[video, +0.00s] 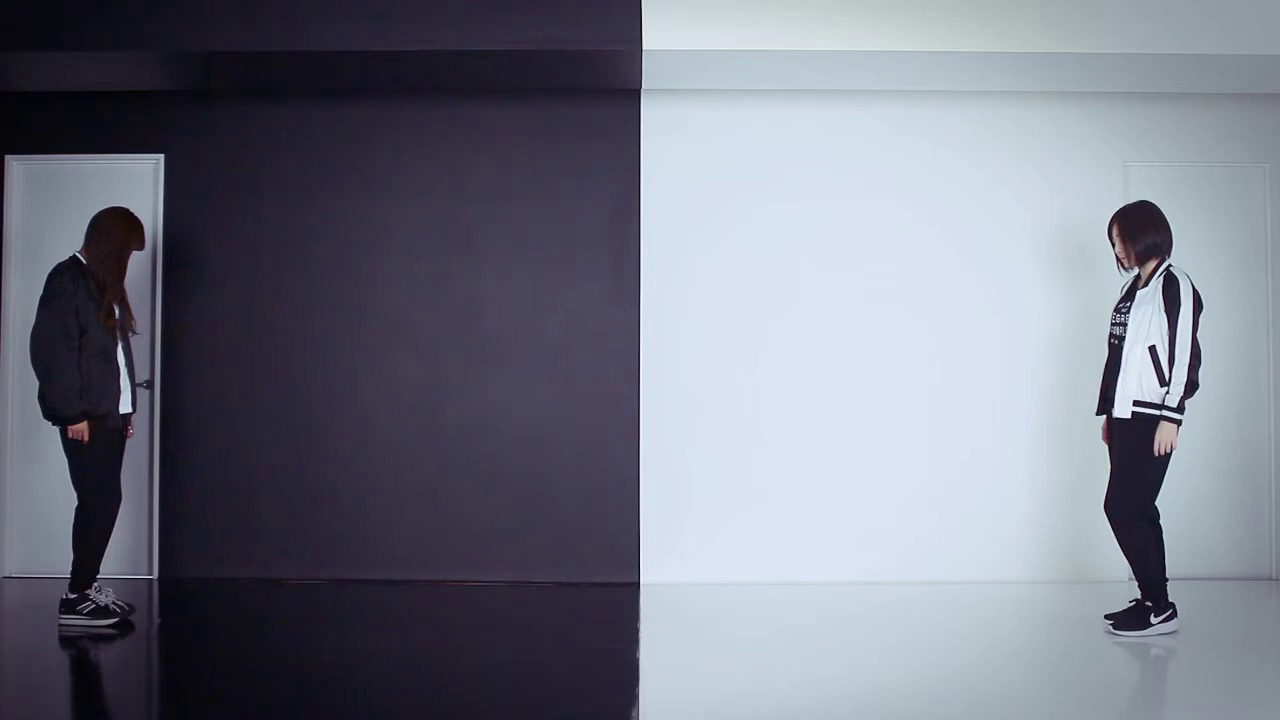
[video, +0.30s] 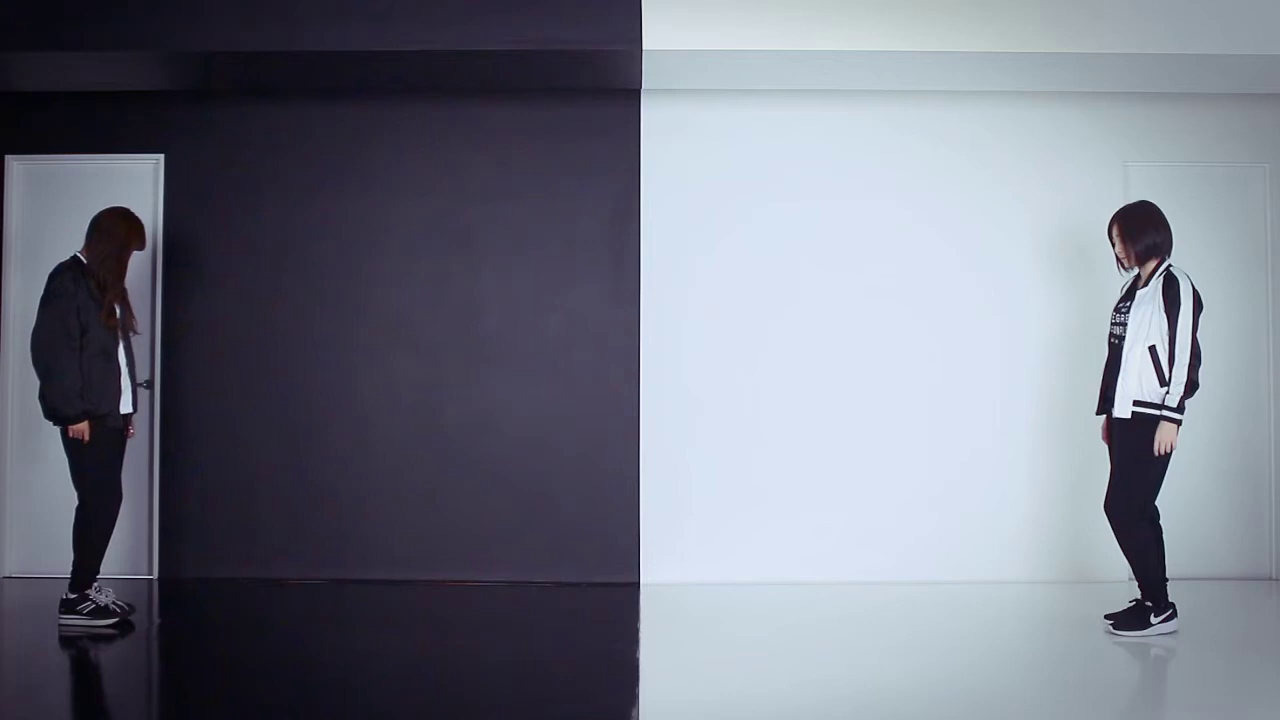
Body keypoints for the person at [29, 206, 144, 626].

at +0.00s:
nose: (128, 260)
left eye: (131, 252)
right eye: (127, 251)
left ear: (103, 241)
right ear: (110, 244)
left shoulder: (105, 284)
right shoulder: (67, 278)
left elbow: (114, 354)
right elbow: (50, 349)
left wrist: (125, 409)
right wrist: (71, 412)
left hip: (109, 415)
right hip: (84, 417)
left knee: (106, 499)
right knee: (97, 500)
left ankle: (86, 589)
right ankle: (77, 596)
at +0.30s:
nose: (129, 260)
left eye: (132, 252)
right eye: (127, 251)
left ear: (104, 241)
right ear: (110, 244)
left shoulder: (106, 283)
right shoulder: (68, 279)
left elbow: (115, 354)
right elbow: (51, 349)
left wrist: (126, 409)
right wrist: (72, 412)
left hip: (110, 415)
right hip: (85, 416)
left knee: (107, 499)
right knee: (98, 500)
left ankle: (87, 589)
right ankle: (77, 596)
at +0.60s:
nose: (130, 259)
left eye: (133, 252)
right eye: (128, 250)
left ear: (106, 241)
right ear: (112, 244)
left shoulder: (108, 284)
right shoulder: (70, 278)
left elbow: (117, 354)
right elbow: (53, 349)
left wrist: (128, 410)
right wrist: (74, 411)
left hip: (111, 415)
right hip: (86, 417)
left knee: (108, 499)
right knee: (99, 500)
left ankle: (87, 589)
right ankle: (78, 596)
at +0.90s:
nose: (131, 260)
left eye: (134, 252)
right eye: (130, 251)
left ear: (108, 242)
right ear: (113, 245)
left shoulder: (108, 284)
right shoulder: (71, 279)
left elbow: (118, 354)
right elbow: (54, 349)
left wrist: (128, 410)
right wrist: (74, 412)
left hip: (112, 416)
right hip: (87, 417)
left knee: (108, 499)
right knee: (100, 500)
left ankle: (86, 590)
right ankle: (78, 596)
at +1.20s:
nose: (131, 260)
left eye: (134, 252)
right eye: (130, 251)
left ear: (107, 241)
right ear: (113, 245)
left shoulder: (108, 284)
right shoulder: (70, 279)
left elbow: (118, 354)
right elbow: (54, 349)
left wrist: (129, 410)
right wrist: (75, 412)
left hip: (112, 415)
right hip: (87, 417)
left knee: (108, 499)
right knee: (100, 500)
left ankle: (86, 590)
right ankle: (78, 596)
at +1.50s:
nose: (132, 260)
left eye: (135, 252)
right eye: (131, 251)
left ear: (107, 241)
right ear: (114, 245)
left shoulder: (108, 284)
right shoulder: (71, 279)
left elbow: (117, 354)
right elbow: (55, 350)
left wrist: (129, 410)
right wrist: (75, 413)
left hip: (112, 416)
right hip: (87, 417)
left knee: (108, 499)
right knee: (100, 500)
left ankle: (86, 590)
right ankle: (78, 597)